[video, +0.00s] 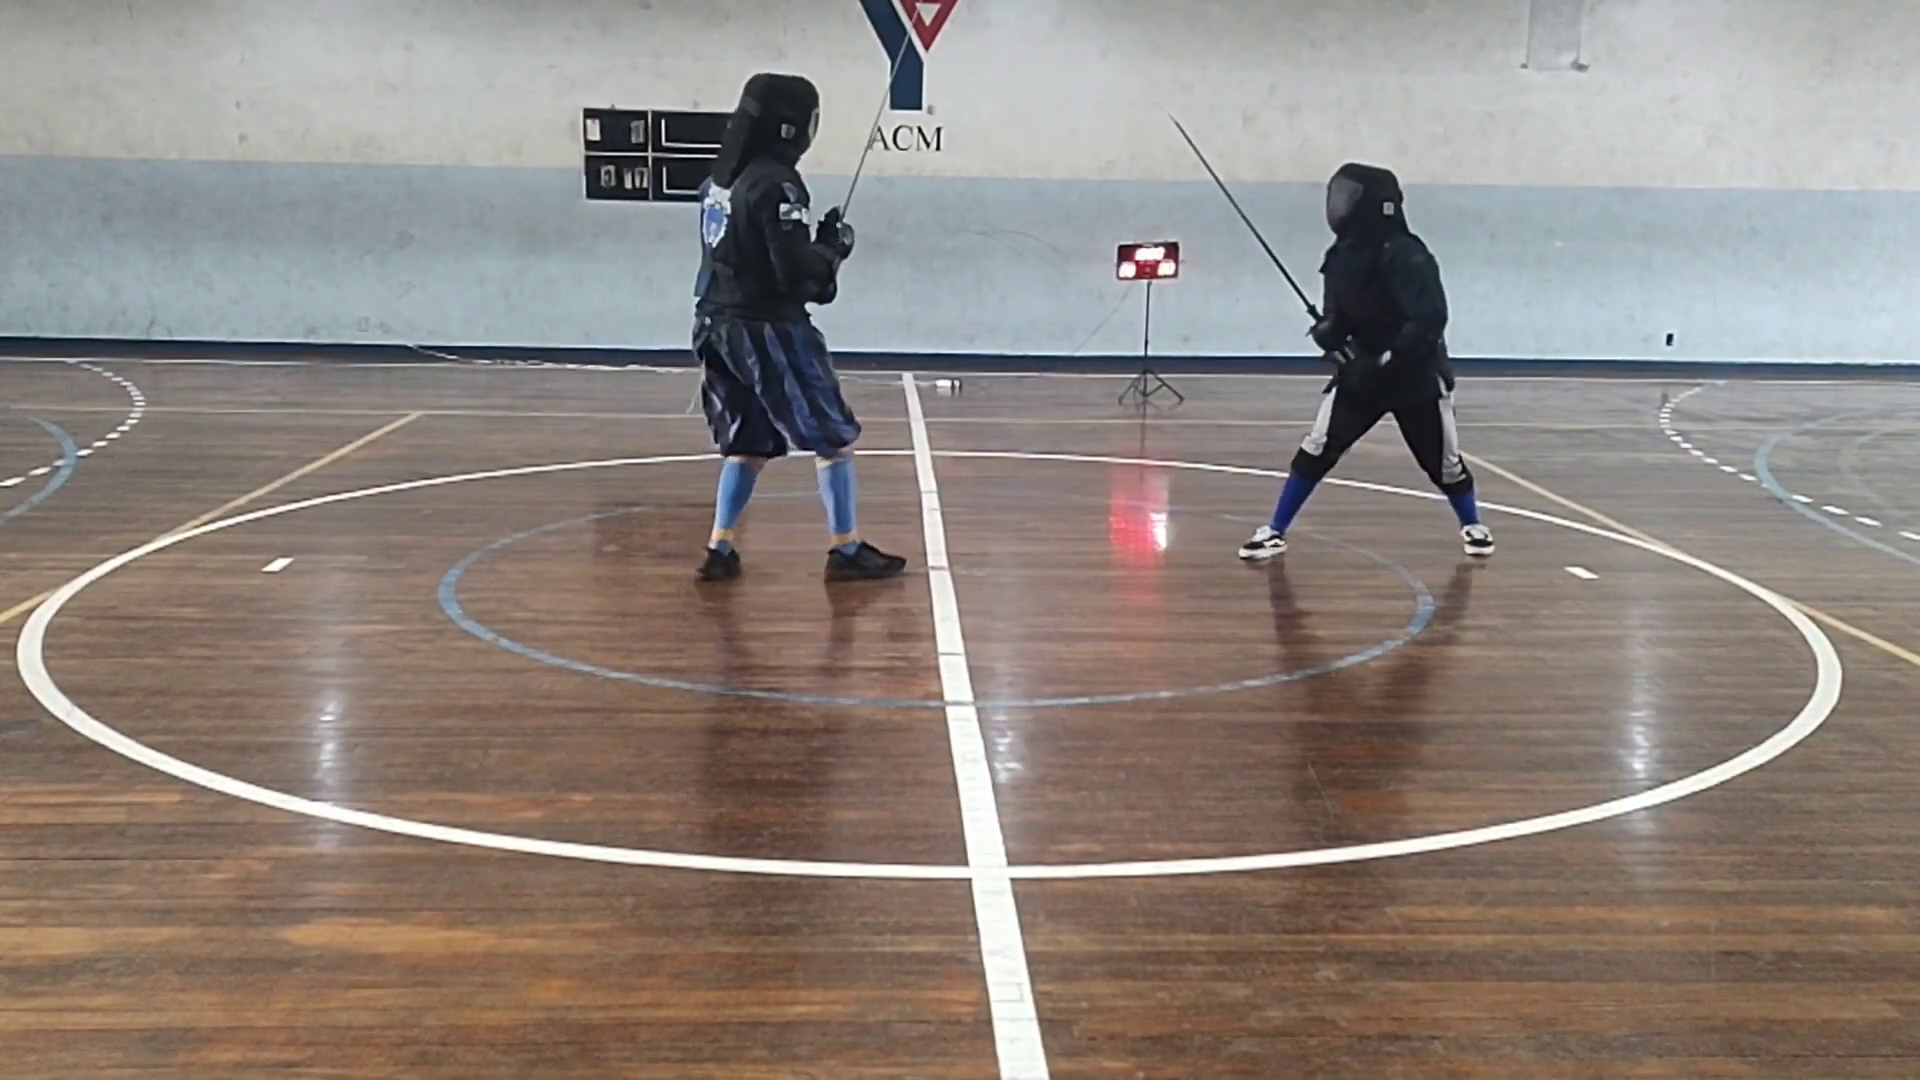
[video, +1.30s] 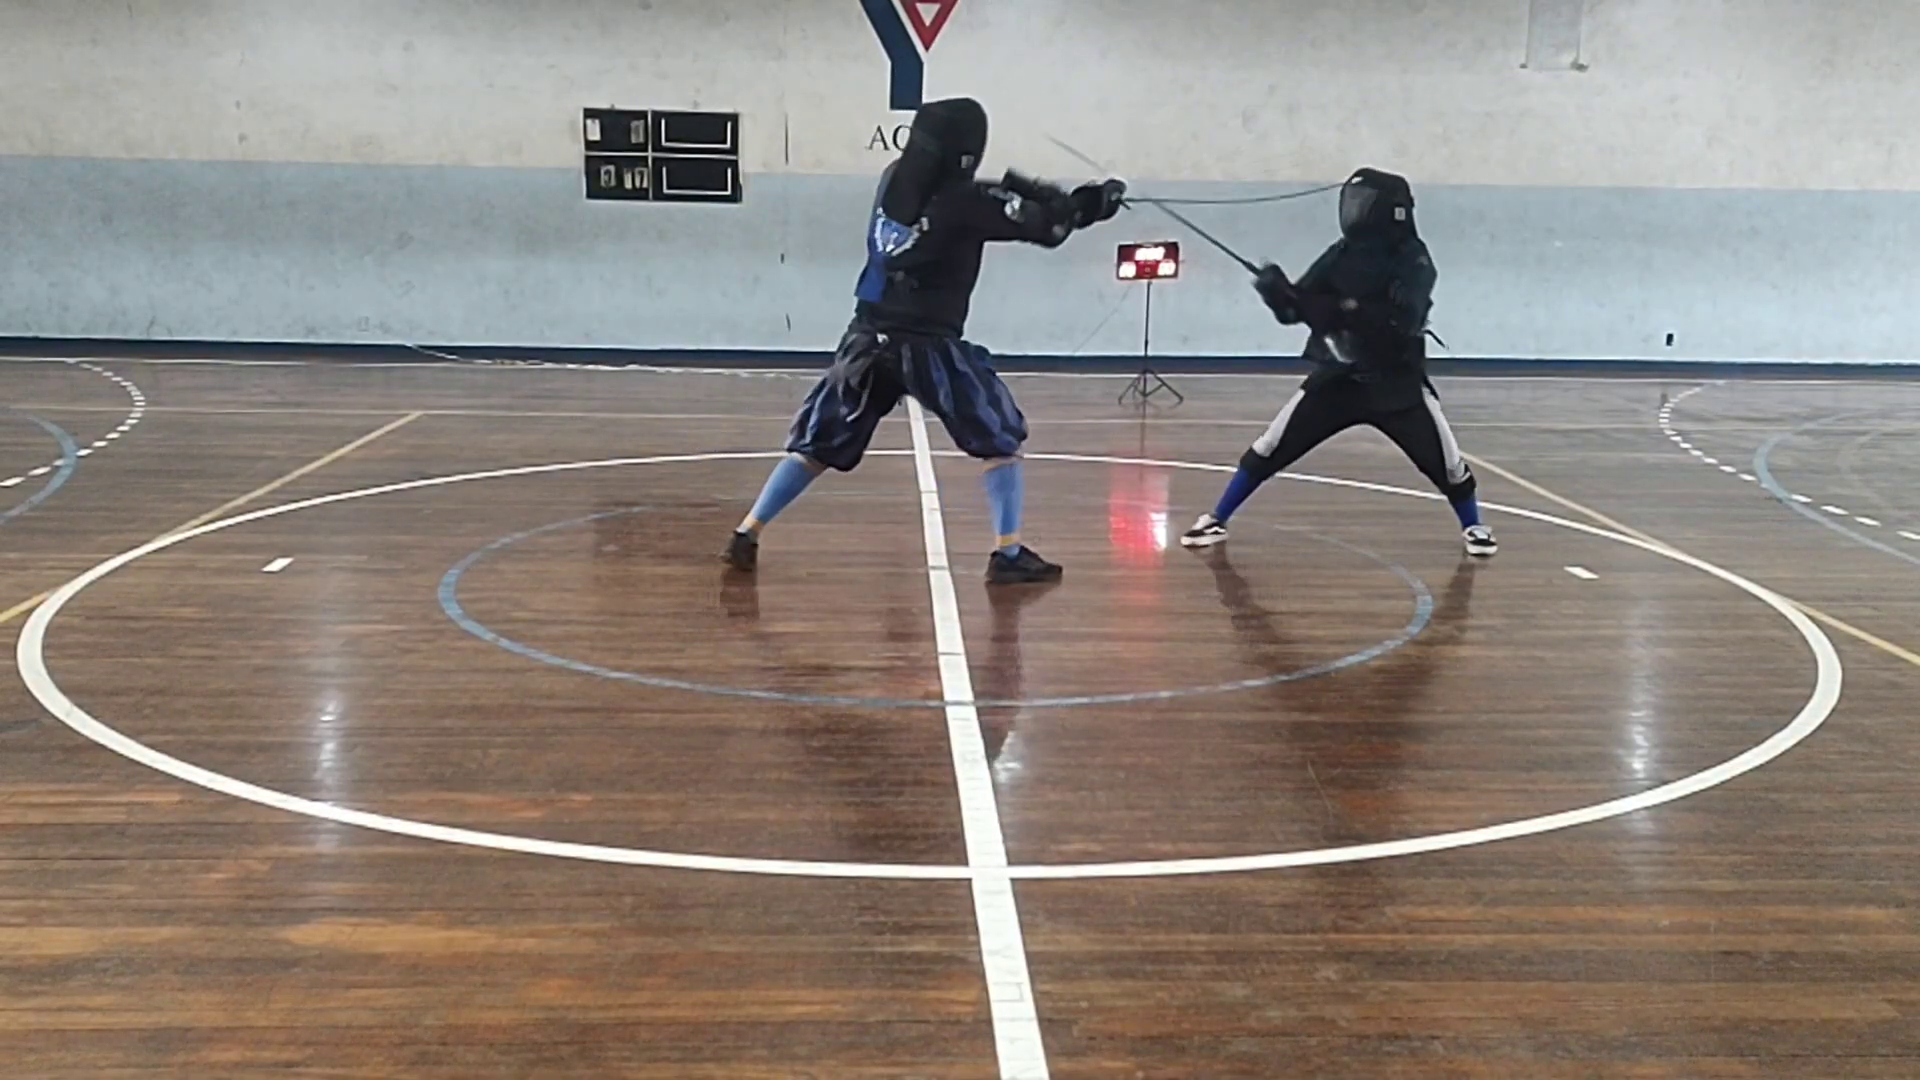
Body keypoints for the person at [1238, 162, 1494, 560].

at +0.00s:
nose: (1335, 205)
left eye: (1345, 196)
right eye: (1334, 195)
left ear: (1373, 202)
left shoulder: (1406, 253)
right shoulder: (1339, 257)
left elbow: (1432, 316)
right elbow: (1336, 315)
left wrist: (1388, 357)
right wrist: (1327, 331)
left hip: (1415, 373)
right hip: (1361, 372)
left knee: (1443, 460)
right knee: (1316, 450)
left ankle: (1472, 525)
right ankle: (1275, 530)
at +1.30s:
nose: (1351, 210)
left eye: (1362, 202)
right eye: (1349, 201)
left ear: (1389, 209)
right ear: (1348, 204)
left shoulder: (1413, 260)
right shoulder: (1342, 254)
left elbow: (1403, 324)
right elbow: (1296, 312)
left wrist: (1344, 312)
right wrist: (1279, 294)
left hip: (1397, 386)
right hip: (1335, 383)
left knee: (1446, 464)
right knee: (1270, 449)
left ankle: (1474, 528)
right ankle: (1216, 520)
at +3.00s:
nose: (1343, 178)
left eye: (1353, 169)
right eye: (1339, 169)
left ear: (1379, 173)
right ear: (1335, 174)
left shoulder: (1405, 216)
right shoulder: (1330, 226)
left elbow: (1445, 227)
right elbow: (1320, 301)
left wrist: (1381, 221)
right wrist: (1319, 256)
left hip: (1382, 336)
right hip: (1330, 335)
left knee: (1376, 439)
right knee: (1277, 424)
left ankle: (1379, 525)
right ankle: (1226, 508)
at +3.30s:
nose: (1373, 197)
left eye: (1384, 189)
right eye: (1372, 188)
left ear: (1412, 195)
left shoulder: (1441, 237)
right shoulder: (1372, 247)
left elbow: (1480, 280)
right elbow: (1370, 323)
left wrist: (1420, 283)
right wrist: (1365, 295)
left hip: (1446, 362)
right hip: (1393, 362)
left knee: (1474, 448)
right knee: (1333, 432)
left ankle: (1502, 516)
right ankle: (1286, 509)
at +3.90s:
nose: (1367, 178)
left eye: (1378, 171)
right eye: (1363, 171)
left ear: (1399, 172)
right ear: (1355, 173)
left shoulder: (1415, 214)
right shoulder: (1347, 217)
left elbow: (1402, 177)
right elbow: (1317, 199)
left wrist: (1375, 141)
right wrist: (1317, 143)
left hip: (1400, 347)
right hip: (1341, 346)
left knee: (1454, 433)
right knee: (1280, 426)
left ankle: (1495, 511)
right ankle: (1263, 505)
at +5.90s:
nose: (1313, 173)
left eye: (1322, 166)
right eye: (1316, 165)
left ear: (1349, 173)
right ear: (1347, 172)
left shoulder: (1363, 216)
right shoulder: (1331, 206)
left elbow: (1297, 249)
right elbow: (1276, 215)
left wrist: (1240, 243)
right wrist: (1208, 209)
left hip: (1360, 348)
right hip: (1327, 342)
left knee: (1361, 450)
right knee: (1275, 426)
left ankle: (1412, 526)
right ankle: (1273, 526)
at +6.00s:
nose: (1322, 174)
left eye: (1330, 167)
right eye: (1324, 166)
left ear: (1360, 175)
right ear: (1348, 173)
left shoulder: (1373, 217)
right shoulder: (1333, 205)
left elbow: (1308, 251)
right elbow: (1278, 216)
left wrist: (1250, 244)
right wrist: (1213, 211)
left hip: (1367, 346)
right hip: (1330, 340)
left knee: (1376, 451)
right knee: (1274, 420)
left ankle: (1417, 527)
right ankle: (1275, 519)